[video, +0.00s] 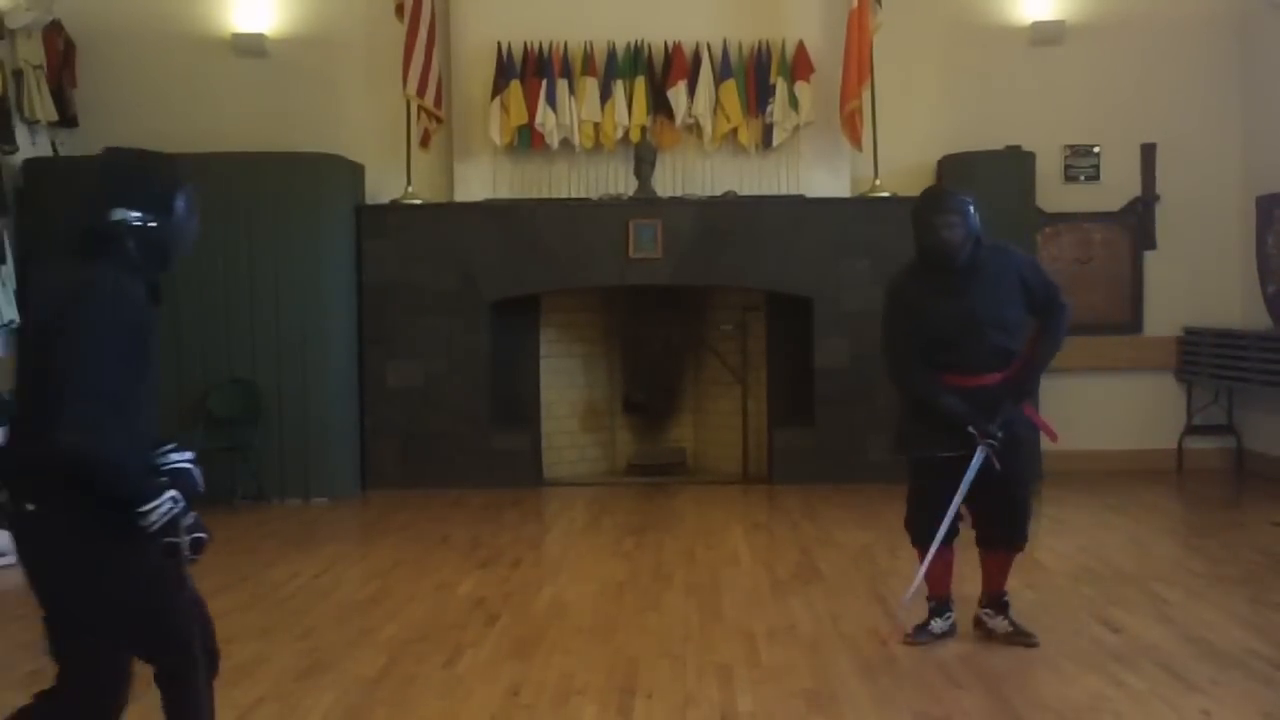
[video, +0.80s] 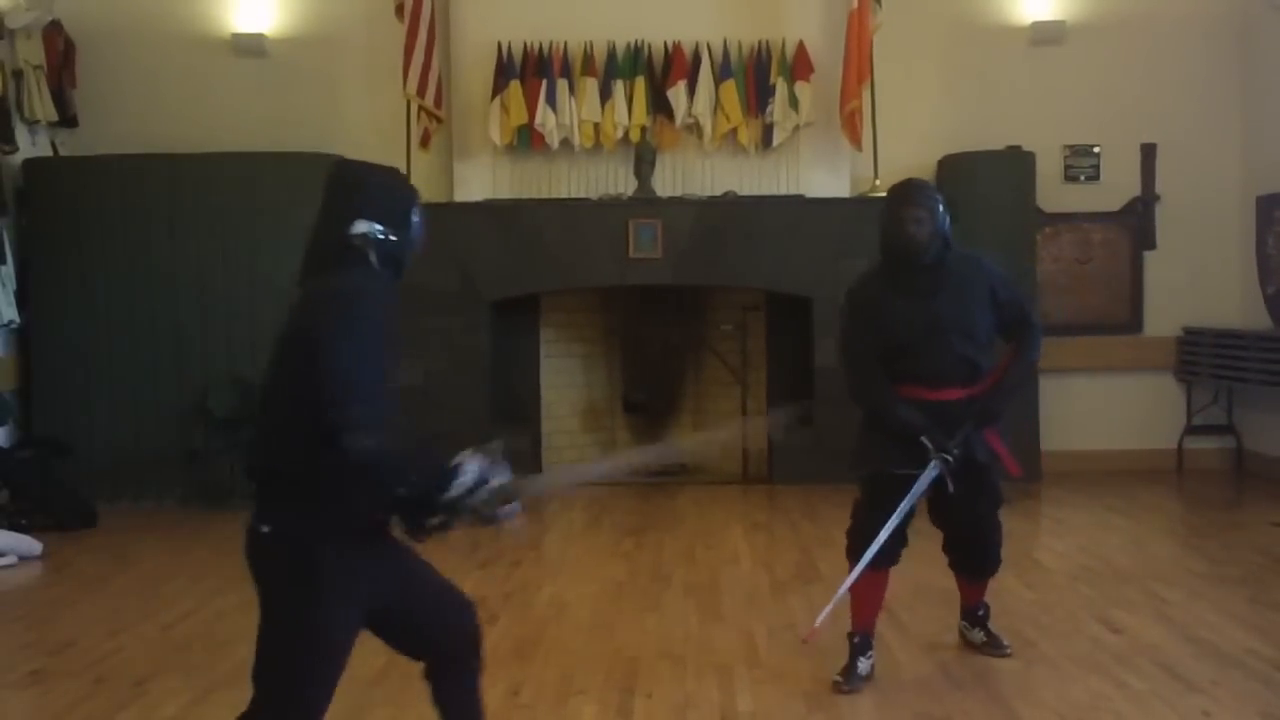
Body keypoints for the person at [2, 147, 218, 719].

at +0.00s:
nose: (190, 225)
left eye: (187, 208)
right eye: (182, 208)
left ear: (121, 214)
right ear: (146, 216)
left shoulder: (75, 282)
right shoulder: (112, 292)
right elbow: (92, 429)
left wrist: (160, 467)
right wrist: (156, 502)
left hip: (49, 512)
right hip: (95, 517)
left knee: (91, 687)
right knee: (189, 650)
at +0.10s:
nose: (231, 225)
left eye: (229, 208)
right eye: (224, 209)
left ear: (166, 212)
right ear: (190, 214)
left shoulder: (149, 281)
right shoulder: (152, 286)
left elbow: (151, 410)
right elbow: (136, 420)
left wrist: (200, 469)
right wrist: (194, 493)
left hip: (114, 498)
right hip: (106, 503)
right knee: (194, 646)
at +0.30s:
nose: (280, 208)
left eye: (277, 192)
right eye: (273, 192)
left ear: (211, 193)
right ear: (239, 197)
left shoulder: (207, 265)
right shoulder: (202, 269)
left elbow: (216, 386)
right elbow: (189, 402)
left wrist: (261, 444)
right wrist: (254, 482)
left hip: (182, 495)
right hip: (159, 499)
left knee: (221, 656)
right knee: (194, 673)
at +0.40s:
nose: (292, 212)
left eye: (290, 195)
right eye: (286, 195)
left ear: (219, 194)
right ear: (256, 199)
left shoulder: (217, 268)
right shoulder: (218, 275)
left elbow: (227, 391)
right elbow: (208, 412)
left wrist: (277, 441)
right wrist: (279, 485)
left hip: (201, 496)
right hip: (182, 501)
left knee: (261, 637)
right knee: (220, 670)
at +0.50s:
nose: (309, 215)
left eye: (307, 198)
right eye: (304, 198)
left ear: (232, 198)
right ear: (274, 203)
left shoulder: (218, 272)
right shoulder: (245, 280)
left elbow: (230, 407)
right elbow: (232, 421)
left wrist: (291, 449)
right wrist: (304, 493)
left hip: (222, 504)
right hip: (206, 511)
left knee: (316, 622)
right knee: (228, 692)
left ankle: (272, 708)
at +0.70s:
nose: (380, 215)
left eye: (379, 201)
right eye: (374, 201)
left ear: (307, 206)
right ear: (340, 208)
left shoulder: (298, 279)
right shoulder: (310, 286)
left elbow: (313, 410)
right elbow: (297, 423)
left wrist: (367, 471)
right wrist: (374, 494)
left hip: (289, 517)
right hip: (267, 522)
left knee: (395, 638)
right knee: (275, 697)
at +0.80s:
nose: (419, 239)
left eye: (417, 223)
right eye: (412, 223)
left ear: (353, 226)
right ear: (381, 227)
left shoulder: (338, 297)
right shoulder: (352, 299)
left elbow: (333, 451)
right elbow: (360, 437)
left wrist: (412, 503)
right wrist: (444, 479)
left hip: (340, 538)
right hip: (312, 544)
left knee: (452, 629)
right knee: (285, 707)